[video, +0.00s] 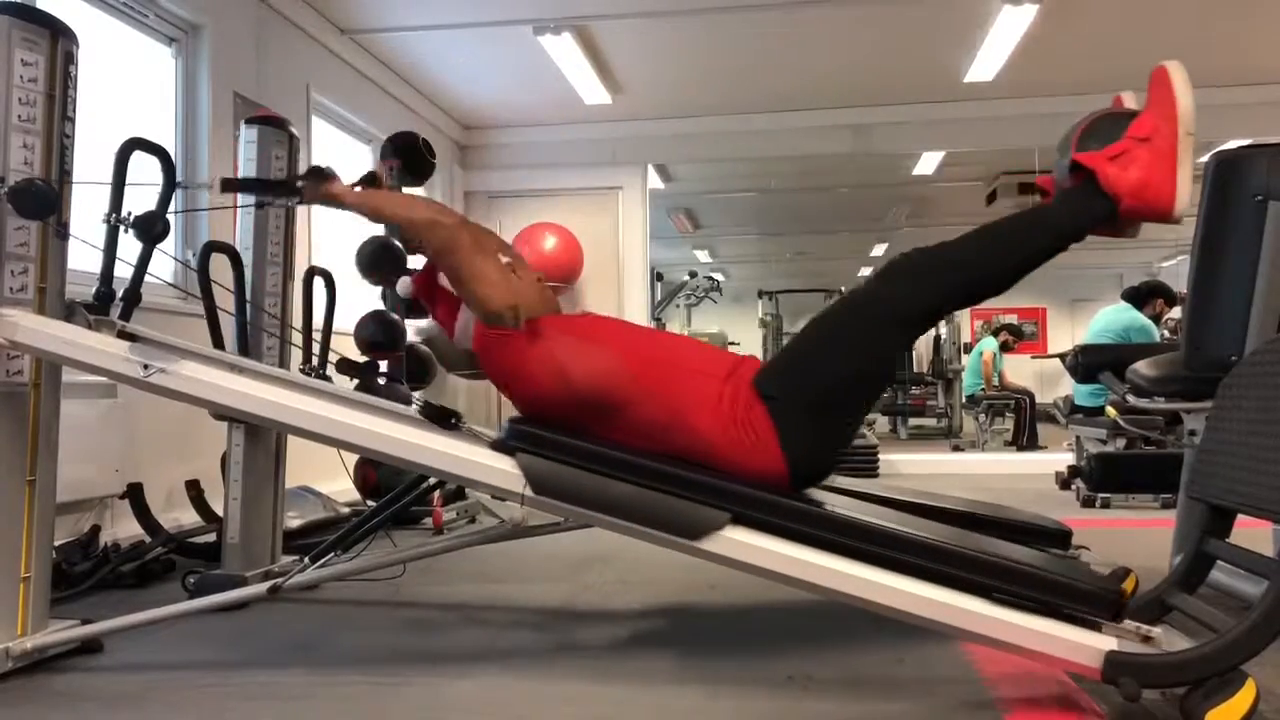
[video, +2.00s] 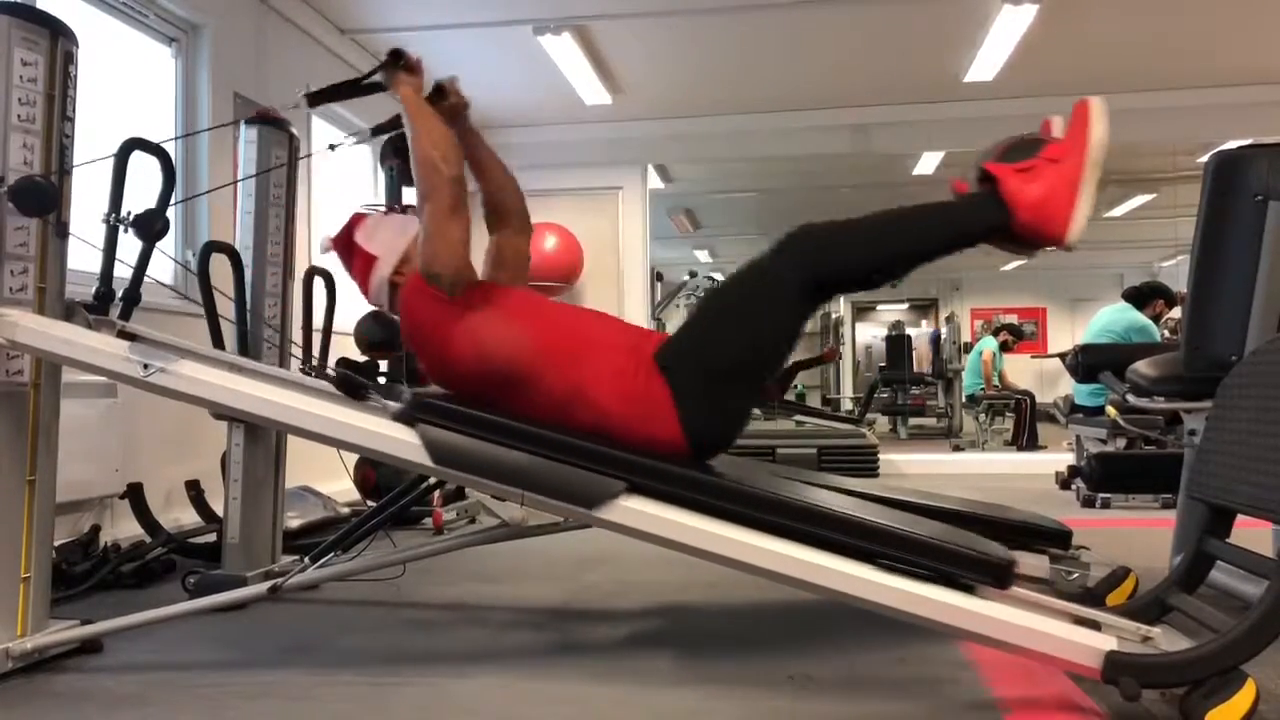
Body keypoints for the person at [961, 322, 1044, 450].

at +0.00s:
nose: (1014, 347)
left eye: (1016, 344)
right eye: (1014, 342)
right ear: (1004, 334)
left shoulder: (997, 352)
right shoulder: (990, 342)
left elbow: (1004, 383)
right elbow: (986, 361)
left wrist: (1023, 389)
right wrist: (989, 390)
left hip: (983, 392)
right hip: (975, 393)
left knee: (1026, 397)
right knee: (1025, 398)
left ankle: (1021, 442)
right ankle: (1025, 443)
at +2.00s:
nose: (1013, 347)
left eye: (1016, 344)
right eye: (1013, 342)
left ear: (1003, 336)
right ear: (1004, 334)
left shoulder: (997, 352)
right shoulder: (990, 341)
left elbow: (1004, 382)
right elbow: (986, 360)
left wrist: (1020, 391)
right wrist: (989, 389)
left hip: (985, 392)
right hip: (976, 393)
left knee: (1027, 397)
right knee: (1025, 399)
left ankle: (1022, 442)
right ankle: (1026, 445)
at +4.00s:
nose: (1016, 342)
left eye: (1018, 339)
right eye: (1014, 337)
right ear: (1004, 331)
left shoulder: (997, 349)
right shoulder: (991, 341)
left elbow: (1005, 381)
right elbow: (987, 361)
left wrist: (1018, 390)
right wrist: (989, 389)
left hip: (983, 392)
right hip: (976, 393)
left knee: (1027, 398)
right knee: (1026, 400)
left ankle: (1019, 440)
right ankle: (1024, 443)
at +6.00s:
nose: (1016, 343)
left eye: (1017, 339)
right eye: (1016, 338)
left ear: (1008, 337)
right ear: (1010, 337)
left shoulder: (997, 350)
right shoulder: (992, 342)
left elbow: (1004, 382)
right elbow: (988, 360)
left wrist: (1019, 390)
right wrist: (989, 389)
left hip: (983, 392)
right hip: (976, 393)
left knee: (1027, 399)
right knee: (1026, 400)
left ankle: (1019, 442)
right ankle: (1027, 444)